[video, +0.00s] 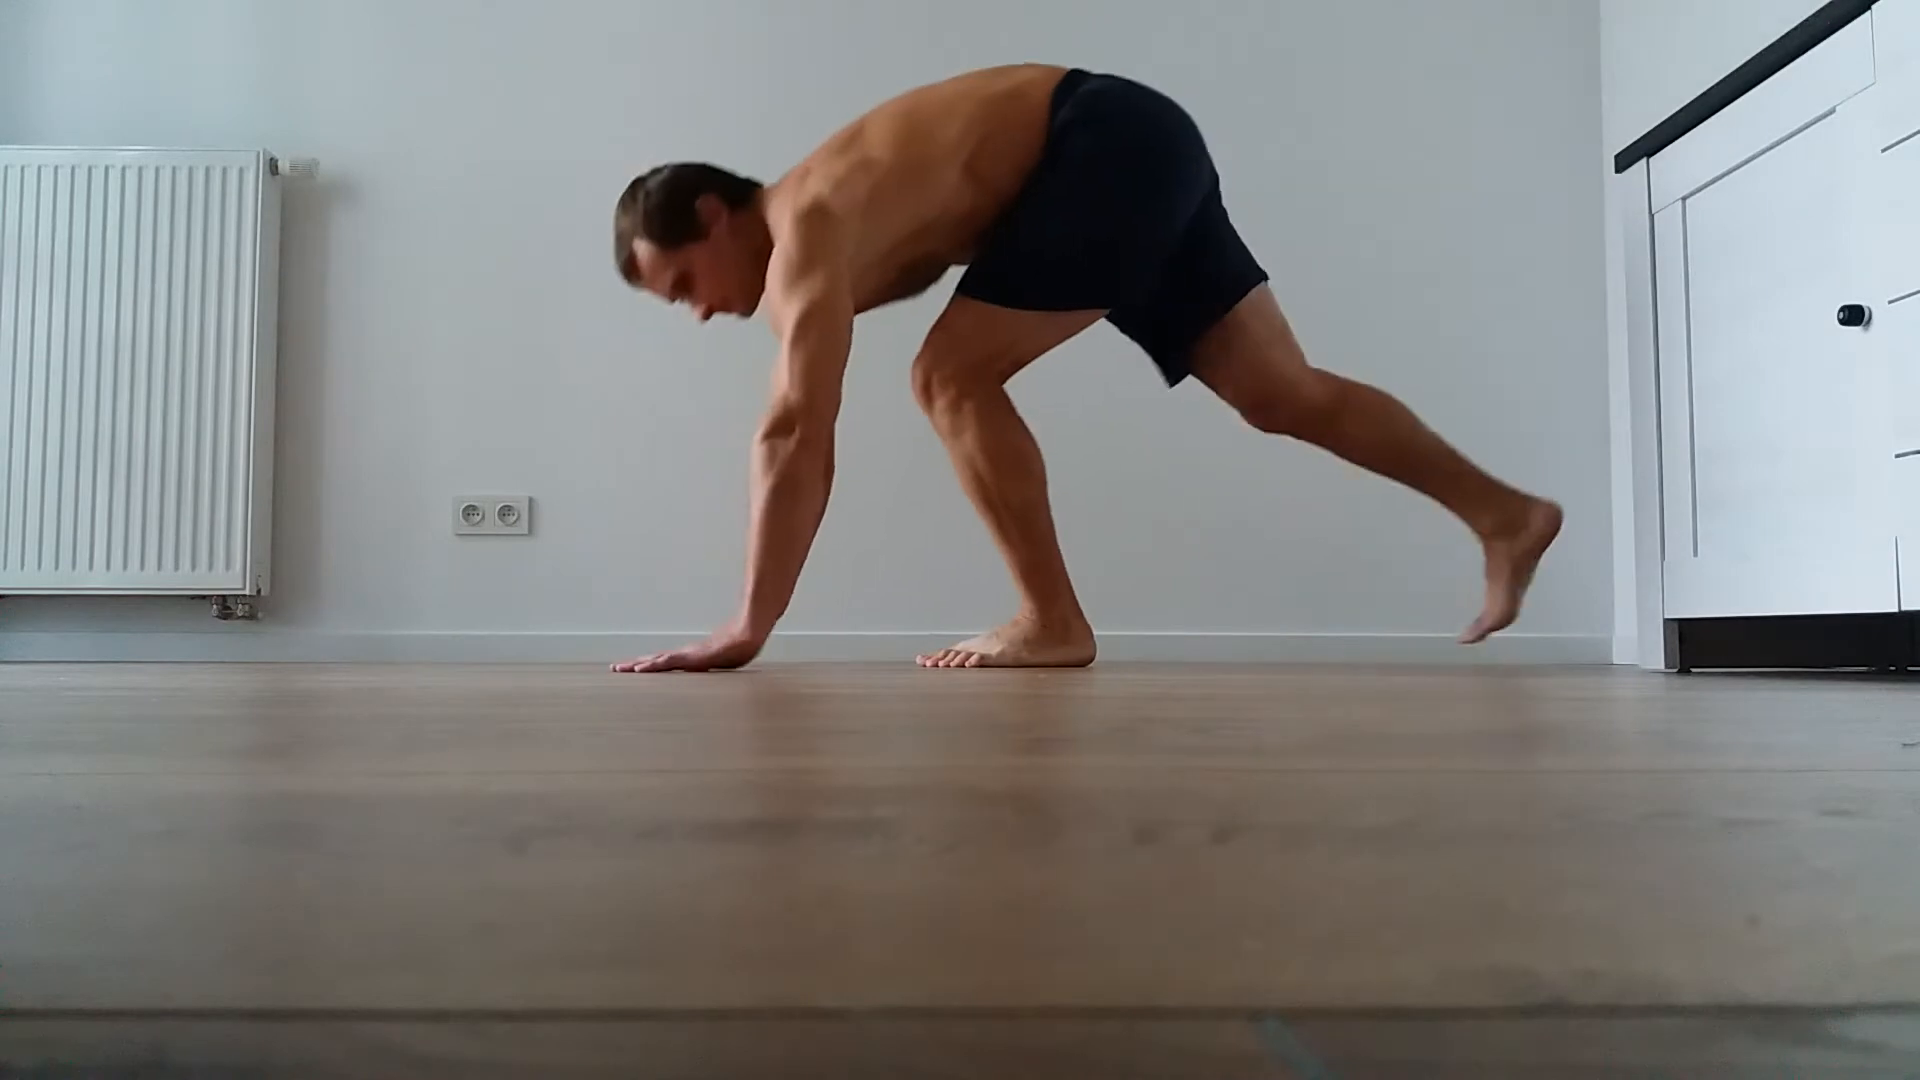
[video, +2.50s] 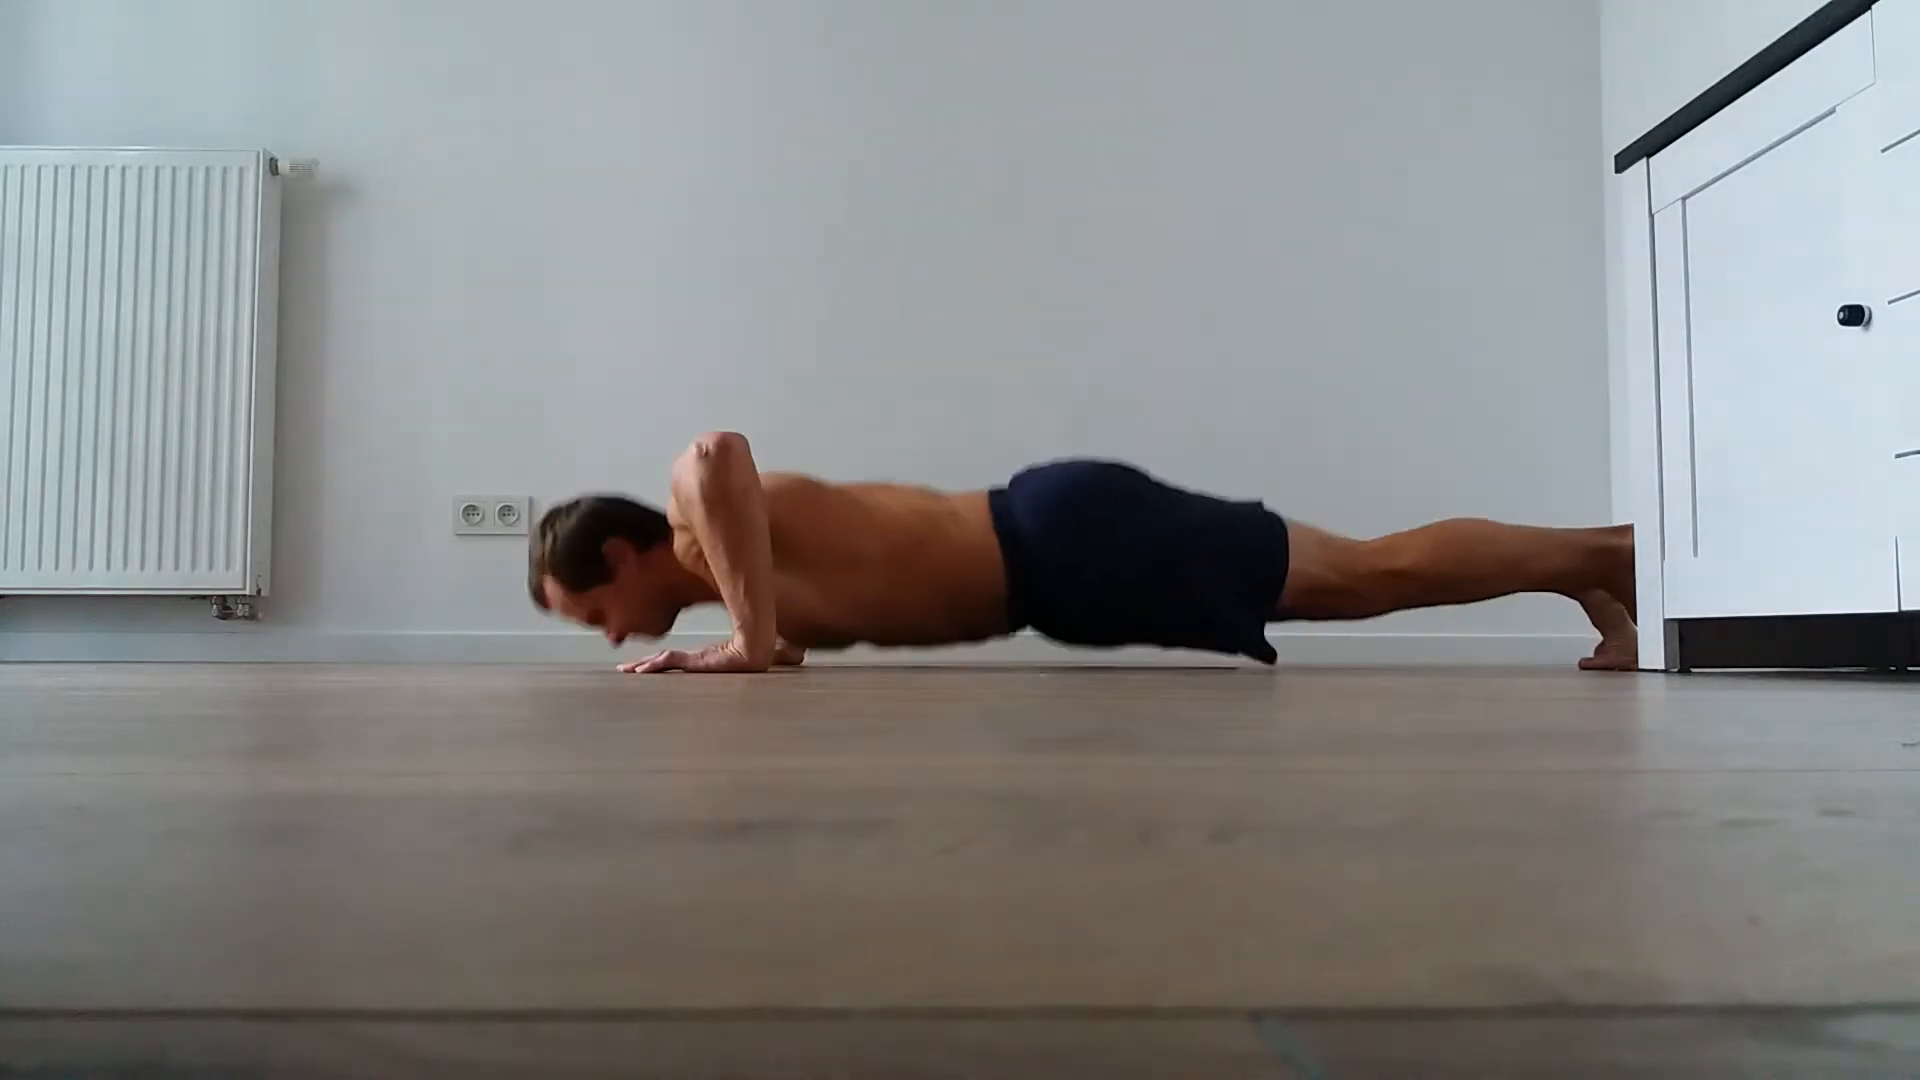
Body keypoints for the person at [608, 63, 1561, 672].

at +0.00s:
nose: (700, 307)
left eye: (684, 284)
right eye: (680, 296)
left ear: (713, 223)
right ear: (717, 221)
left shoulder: (808, 236)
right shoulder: (810, 216)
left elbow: (791, 438)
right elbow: (810, 438)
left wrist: (750, 625)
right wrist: (756, 614)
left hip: (1103, 152)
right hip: (1137, 144)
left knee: (955, 376)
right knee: (1281, 394)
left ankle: (1052, 623)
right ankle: (1505, 514)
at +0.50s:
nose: (673, 349)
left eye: (657, 329)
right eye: (655, 336)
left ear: (684, 279)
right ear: (697, 265)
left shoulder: (769, 276)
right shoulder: (779, 259)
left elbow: (784, 451)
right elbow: (805, 460)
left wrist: (766, 631)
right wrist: (779, 628)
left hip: (1079, 179)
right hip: (1118, 171)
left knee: (924, 393)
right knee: (1281, 410)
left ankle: (1048, 621)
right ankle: (1500, 533)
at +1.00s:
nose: (679, 364)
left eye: (663, 345)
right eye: (662, 353)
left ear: (689, 288)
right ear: (698, 288)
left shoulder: (789, 267)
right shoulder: (796, 293)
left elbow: (768, 461)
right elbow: (797, 476)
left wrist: (762, 631)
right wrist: (794, 637)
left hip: (1101, 237)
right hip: (1102, 260)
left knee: (1045, 454)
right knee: (1301, 454)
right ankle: (1522, 557)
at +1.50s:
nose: (650, 360)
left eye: (634, 338)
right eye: (634, 349)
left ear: (660, 282)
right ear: (663, 287)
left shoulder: (774, 270)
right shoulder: (769, 290)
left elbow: (762, 464)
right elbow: (782, 481)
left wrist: (758, 638)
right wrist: (788, 639)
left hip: (1092, 330)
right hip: (1072, 354)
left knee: (1322, 483)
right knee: (1301, 492)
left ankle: (1589, 544)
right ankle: (1537, 564)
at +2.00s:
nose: (655, 360)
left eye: (639, 338)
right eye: (640, 349)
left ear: (659, 282)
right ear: (667, 292)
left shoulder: (761, 269)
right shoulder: (767, 298)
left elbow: (754, 463)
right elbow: (779, 481)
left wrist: (757, 637)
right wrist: (782, 637)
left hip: (1101, 352)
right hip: (1084, 374)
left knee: (1343, 486)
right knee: (1336, 486)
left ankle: (1592, 554)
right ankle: (1581, 558)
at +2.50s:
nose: (612, 636)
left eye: (600, 619)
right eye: (593, 626)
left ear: (626, 565)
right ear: (637, 560)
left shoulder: (711, 533)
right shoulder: (721, 542)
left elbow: (714, 459)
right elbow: (722, 470)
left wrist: (760, 641)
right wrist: (744, 641)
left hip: (1061, 545)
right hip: (1050, 547)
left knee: (1364, 575)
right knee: (1357, 570)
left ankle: (1596, 560)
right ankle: (1588, 560)